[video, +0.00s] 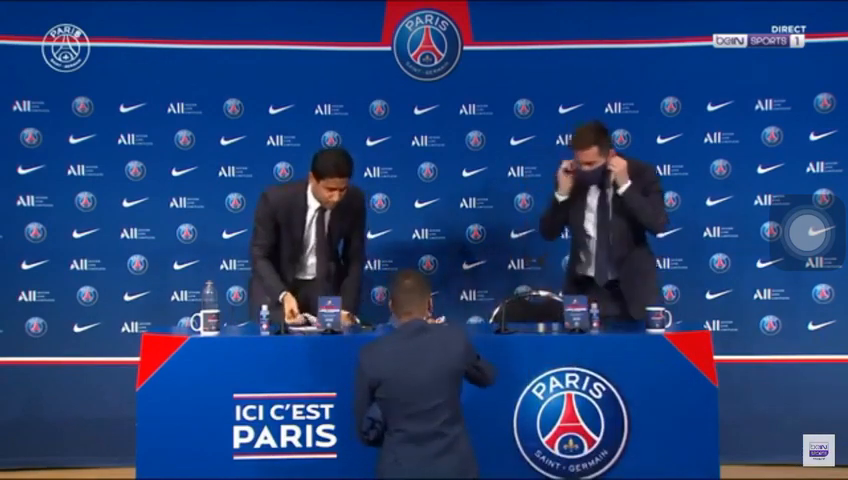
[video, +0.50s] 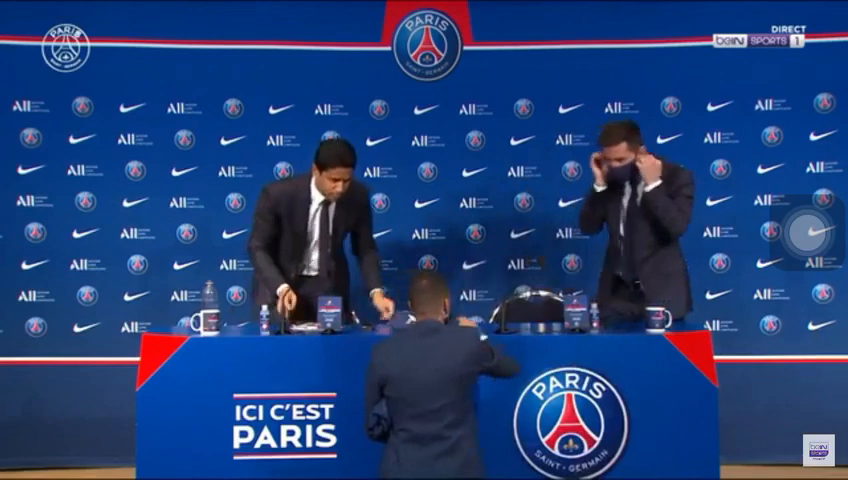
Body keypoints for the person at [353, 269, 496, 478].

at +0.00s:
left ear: (391, 306)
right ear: (430, 304)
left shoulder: (372, 354)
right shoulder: (452, 339)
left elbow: (365, 427)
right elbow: (486, 377)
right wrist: (442, 332)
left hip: (400, 462)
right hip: (452, 460)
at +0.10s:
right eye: (434, 302)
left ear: (395, 307)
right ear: (433, 304)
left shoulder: (373, 354)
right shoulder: (453, 340)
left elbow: (365, 426)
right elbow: (486, 380)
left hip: (399, 462)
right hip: (452, 460)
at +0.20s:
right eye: (437, 301)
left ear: (397, 306)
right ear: (435, 303)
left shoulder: (374, 353)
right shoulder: (454, 341)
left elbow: (366, 426)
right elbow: (490, 382)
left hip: (399, 463)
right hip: (452, 461)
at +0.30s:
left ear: (402, 307)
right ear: (438, 305)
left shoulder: (377, 353)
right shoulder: (457, 342)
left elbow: (368, 426)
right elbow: (500, 382)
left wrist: (399, 430)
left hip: (399, 463)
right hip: (451, 462)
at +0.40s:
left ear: (405, 306)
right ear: (441, 305)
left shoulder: (380, 352)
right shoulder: (461, 342)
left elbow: (370, 426)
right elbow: (505, 378)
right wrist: (456, 335)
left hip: (400, 463)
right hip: (452, 463)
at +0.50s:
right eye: (451, 302)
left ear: (411, 307)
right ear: (446, 305)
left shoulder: (384, 351)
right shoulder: (466, 342)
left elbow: (374, 424)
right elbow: (511, 369)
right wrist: (474, 334)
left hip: (404, 462)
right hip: (457, 462)